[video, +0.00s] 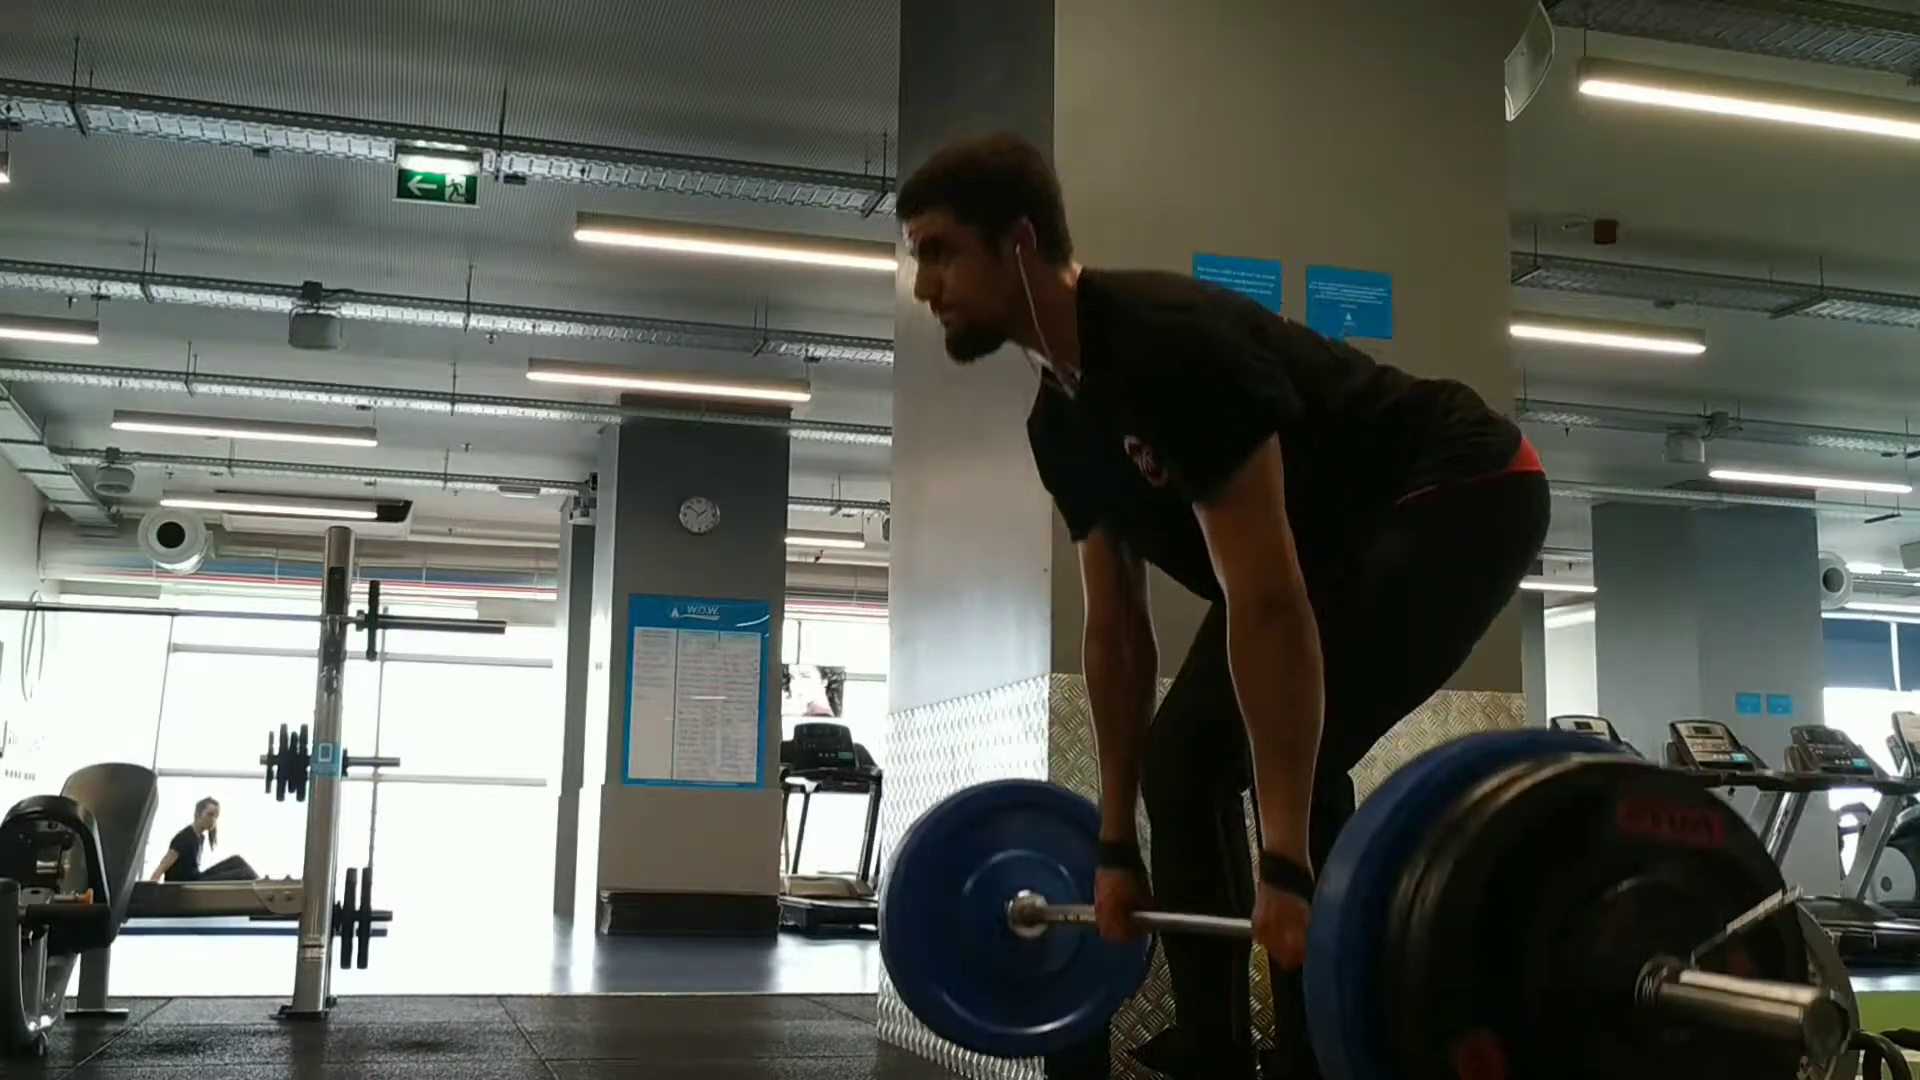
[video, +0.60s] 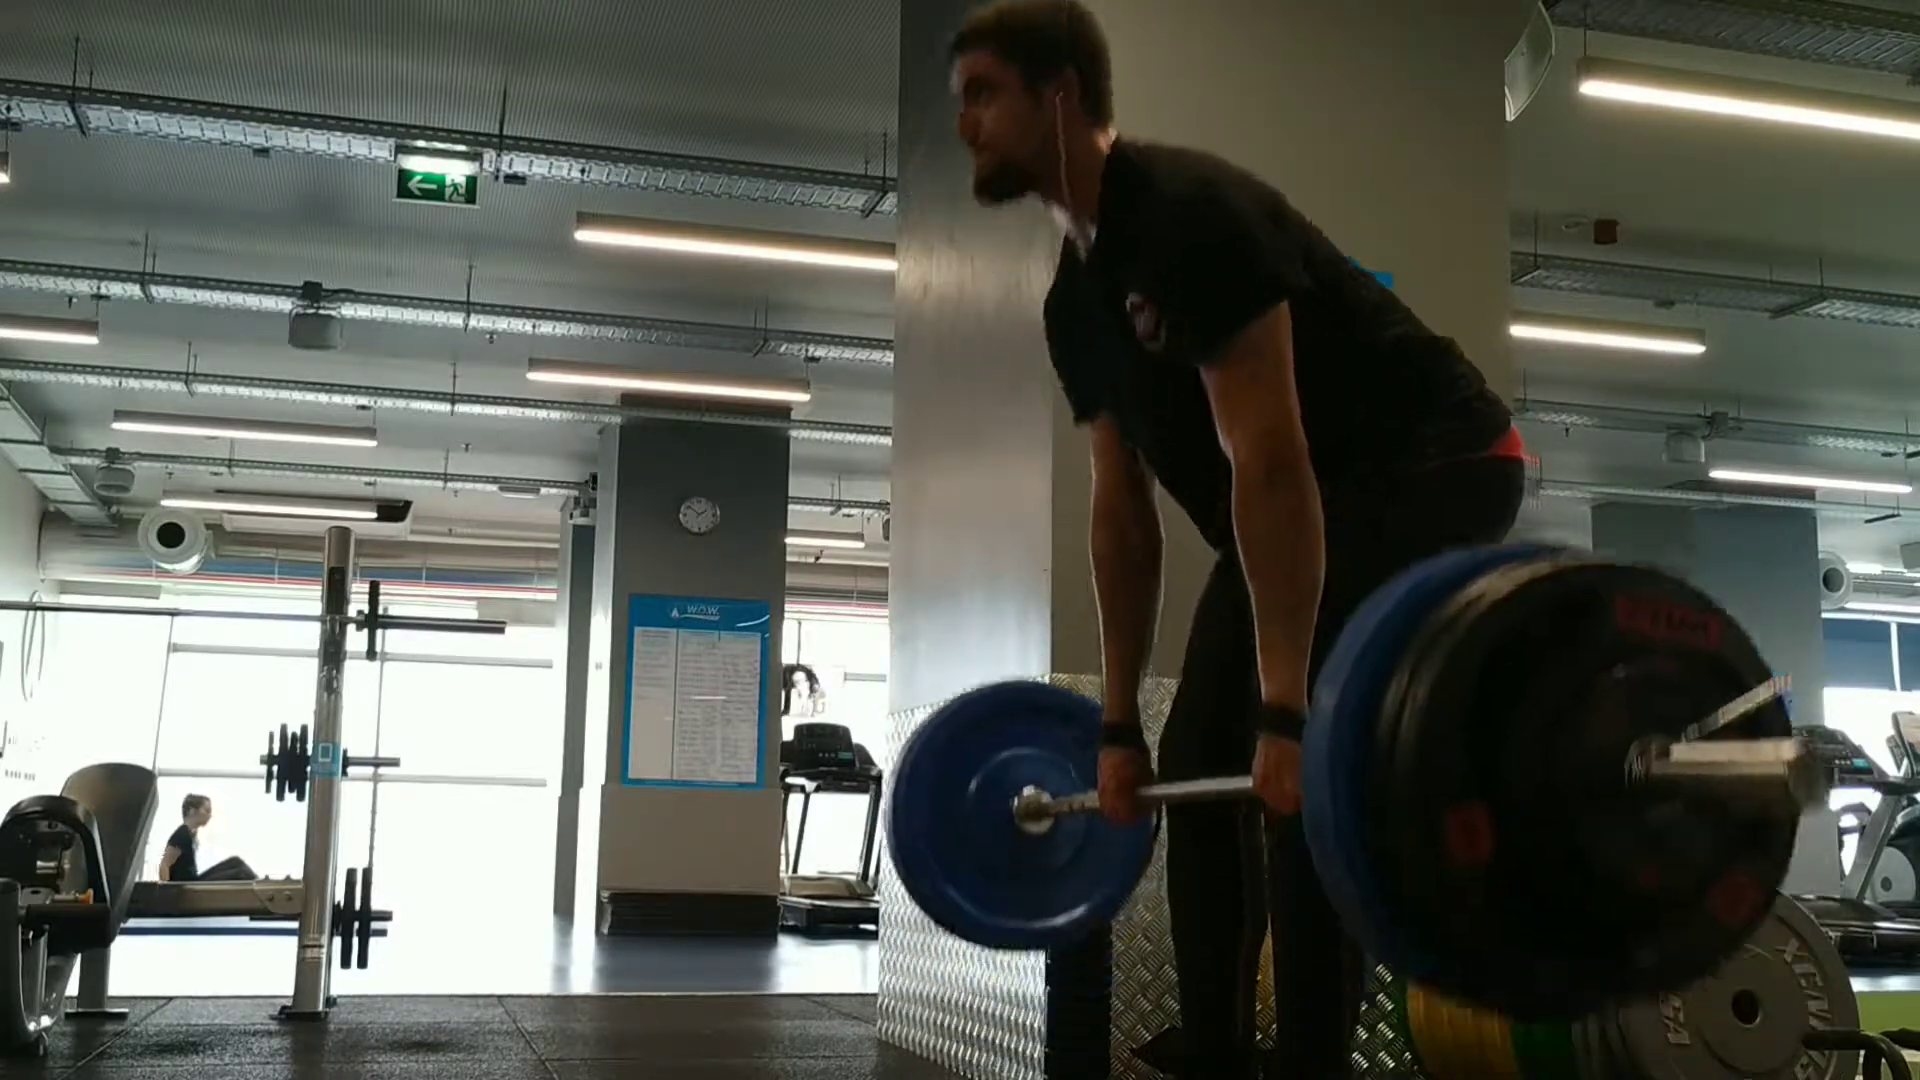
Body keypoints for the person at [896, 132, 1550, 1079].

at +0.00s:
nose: (922, 288)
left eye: (938, 255)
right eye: (918, 263)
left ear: (1020, 242)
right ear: (1012, 252)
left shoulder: (1172, 341)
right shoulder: (1061, 424)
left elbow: (1270, 605)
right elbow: (1114, 631)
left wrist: (1287, 868)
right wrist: (1116, 843)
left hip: (1458, 491)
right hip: (1318, 530)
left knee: (1295, 754)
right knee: (1179, 758)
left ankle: (1312, 1047)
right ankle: (1210, 1037)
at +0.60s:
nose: (963, 123)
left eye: (981, 95)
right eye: (960, 101)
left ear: (1064, 96)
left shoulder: (1192, 210)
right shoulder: (1072, 298)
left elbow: (1274, 465)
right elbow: (1121, 503)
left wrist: (1284, 714)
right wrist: (1120, 723)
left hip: (1426, 482)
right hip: (1289, 509)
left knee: (1314, 762)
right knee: (1201, 754)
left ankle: (1312, 1056)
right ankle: (1211, 1042)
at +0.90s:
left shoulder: (1283, 67)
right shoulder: (1153, 143)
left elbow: (1307, 314)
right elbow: (1147, 371)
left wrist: (1286, 539)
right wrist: (1124, 576)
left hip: (1308, 500)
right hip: (1211, 503)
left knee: (1280, 778)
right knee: (1186, 775)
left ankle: (1311, 1056)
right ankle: (1211, 1046)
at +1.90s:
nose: (978, 123)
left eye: (996, 94)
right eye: (972, 100)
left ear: (1077, 91)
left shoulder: (1208, 207)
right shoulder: (1088, 284)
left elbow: (1287, 464)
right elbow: (1134, 506)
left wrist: (1287, 707)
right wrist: (1124, 714)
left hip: (1430, 491)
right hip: (1295, 516)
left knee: (1318, 766)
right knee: (1204, 760)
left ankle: (1314, 1059)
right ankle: (1213, 1046)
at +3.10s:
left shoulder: (1273, 77)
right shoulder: (1149, 144)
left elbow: (1301, 320)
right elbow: (1147, 372)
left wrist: (1280, 548)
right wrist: (1125, 581)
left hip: (1295, 515)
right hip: (1202, 518)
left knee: (1278, 788)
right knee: (1184, 779)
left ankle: (1311, 1058)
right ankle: (1210, 1047)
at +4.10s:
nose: (968, 147)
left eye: (984, 116)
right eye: (961, 124)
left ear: (1067, 108)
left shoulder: (1199, 225)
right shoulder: (1083, 303)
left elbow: (1279, 487)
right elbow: (1128, 523)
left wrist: (1278, 731)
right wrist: (1114, 743)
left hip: (1431, 501)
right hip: (1294, 524)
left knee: (1311, 775)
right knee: (1189, 769)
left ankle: (1310, 1059)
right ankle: (1211, 1045)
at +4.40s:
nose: (926, 276)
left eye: (945, 246)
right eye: (923, 252)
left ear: (1027, 240)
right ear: (1017, 249)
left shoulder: (1172, 340)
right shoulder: (1059, 424)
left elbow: (1264, 610)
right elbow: (1110, 635)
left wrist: (1277, 871)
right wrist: (1110, 853)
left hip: (1452, 505)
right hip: (1312, 547)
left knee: (1271, 747)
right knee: (1165, 757)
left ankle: (1316, 1044)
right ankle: (1202, 1045)